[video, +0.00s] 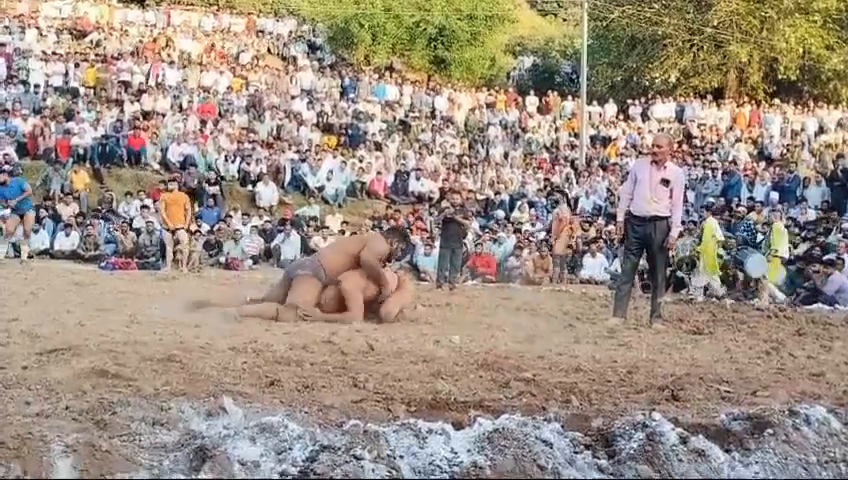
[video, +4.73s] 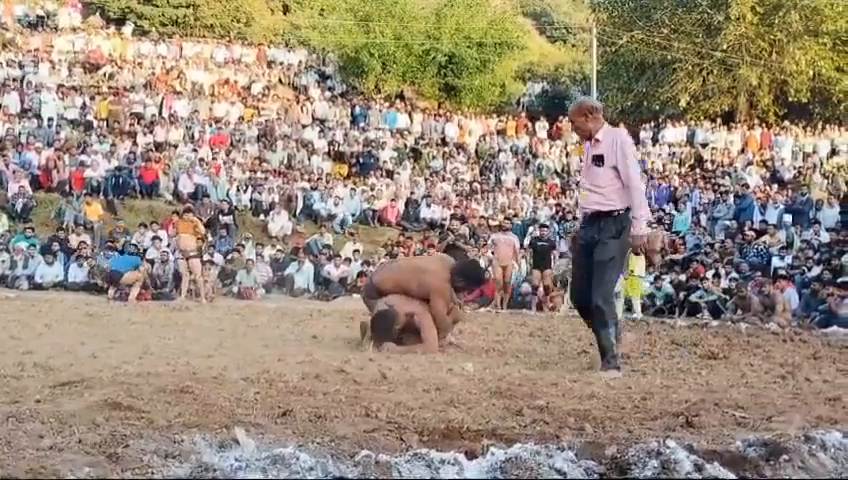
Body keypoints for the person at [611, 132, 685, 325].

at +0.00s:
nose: (654, 150)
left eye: (659, 147)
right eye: (653, 146)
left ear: (670, 149)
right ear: (651, 146)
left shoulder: (676, 173)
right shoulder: (639, 165)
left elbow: (677, 205)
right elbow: (626, 192)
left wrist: (674, 232)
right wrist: (620, 218)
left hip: (660, 221)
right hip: (635, 219)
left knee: (658, 273)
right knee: (627, 269)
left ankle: (656, 315)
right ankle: (619, 314)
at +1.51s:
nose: (664, 163)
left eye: (668, 160)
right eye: (662, 160)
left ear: (679, 160)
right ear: (659, 160)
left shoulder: (689, 179)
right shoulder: (653, 178)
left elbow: (696, 211)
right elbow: (645, 207)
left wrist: (695, 239)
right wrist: (642, 233)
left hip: (679, 232)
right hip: (655, 232)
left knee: (684, 284)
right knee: (657, 283)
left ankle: (697, 329)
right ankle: (658, 329)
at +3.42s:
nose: (655, 164)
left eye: (658, 159)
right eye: (652, 160)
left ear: (671, 154)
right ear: (649, 159)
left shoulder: (692, 175)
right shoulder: (644, 179)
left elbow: (706, 209)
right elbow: (635, 214)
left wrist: (715, 241)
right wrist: (627, 242)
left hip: (683, 244)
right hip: (654, 245)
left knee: (686, 300)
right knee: (648, 304)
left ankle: (691, 357)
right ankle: (646, 351)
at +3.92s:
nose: (647, 153)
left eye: (651, 147)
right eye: (644, 148)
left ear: (665, 141)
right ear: (645, 146)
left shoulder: (687, 163)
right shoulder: (644, 166)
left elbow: (697, 199)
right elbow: (640, 202)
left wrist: (692, 228)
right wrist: (637, 233)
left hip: (680, 234)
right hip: (651, 235)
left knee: (683, 301)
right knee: (650, 295)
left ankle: (686, 358)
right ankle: (651, 352)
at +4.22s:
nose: (616, 142)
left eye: (620, 136)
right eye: (613, 137)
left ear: (637, 131)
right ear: (613, 136)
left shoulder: (661, 153)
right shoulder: (616, 159)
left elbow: (669, 195)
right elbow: (619, 194)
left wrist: (661, 229)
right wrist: (616, 226)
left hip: (651, 228)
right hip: (623, 229)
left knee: (649, 295)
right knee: (629, 297)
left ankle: (667, 334)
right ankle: (636, 356)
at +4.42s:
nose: (596, 137)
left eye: (599, 132)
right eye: (594, 133)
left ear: (615, 126)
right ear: (607, 128)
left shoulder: (643, 147)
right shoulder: (605, 150)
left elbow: (662, 188)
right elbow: (606, 190)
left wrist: (669, 228)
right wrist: (591, 221)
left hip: (640, 223)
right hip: (612, 225)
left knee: (624, 286)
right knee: (620, 288)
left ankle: (631, 353)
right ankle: (626, 350)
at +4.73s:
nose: (575, 132)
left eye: (577, 126)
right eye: (573, 127)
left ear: (591, 117)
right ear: (587, 119)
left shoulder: (618, 138)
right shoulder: (589, 143)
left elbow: (634, 182)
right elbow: (591, 186)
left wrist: (639, 224)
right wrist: (582, 227)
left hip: (613, 220)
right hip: (589, 222)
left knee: (599, 295)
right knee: (578, 294)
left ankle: (610, 361)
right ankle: (609, 335)